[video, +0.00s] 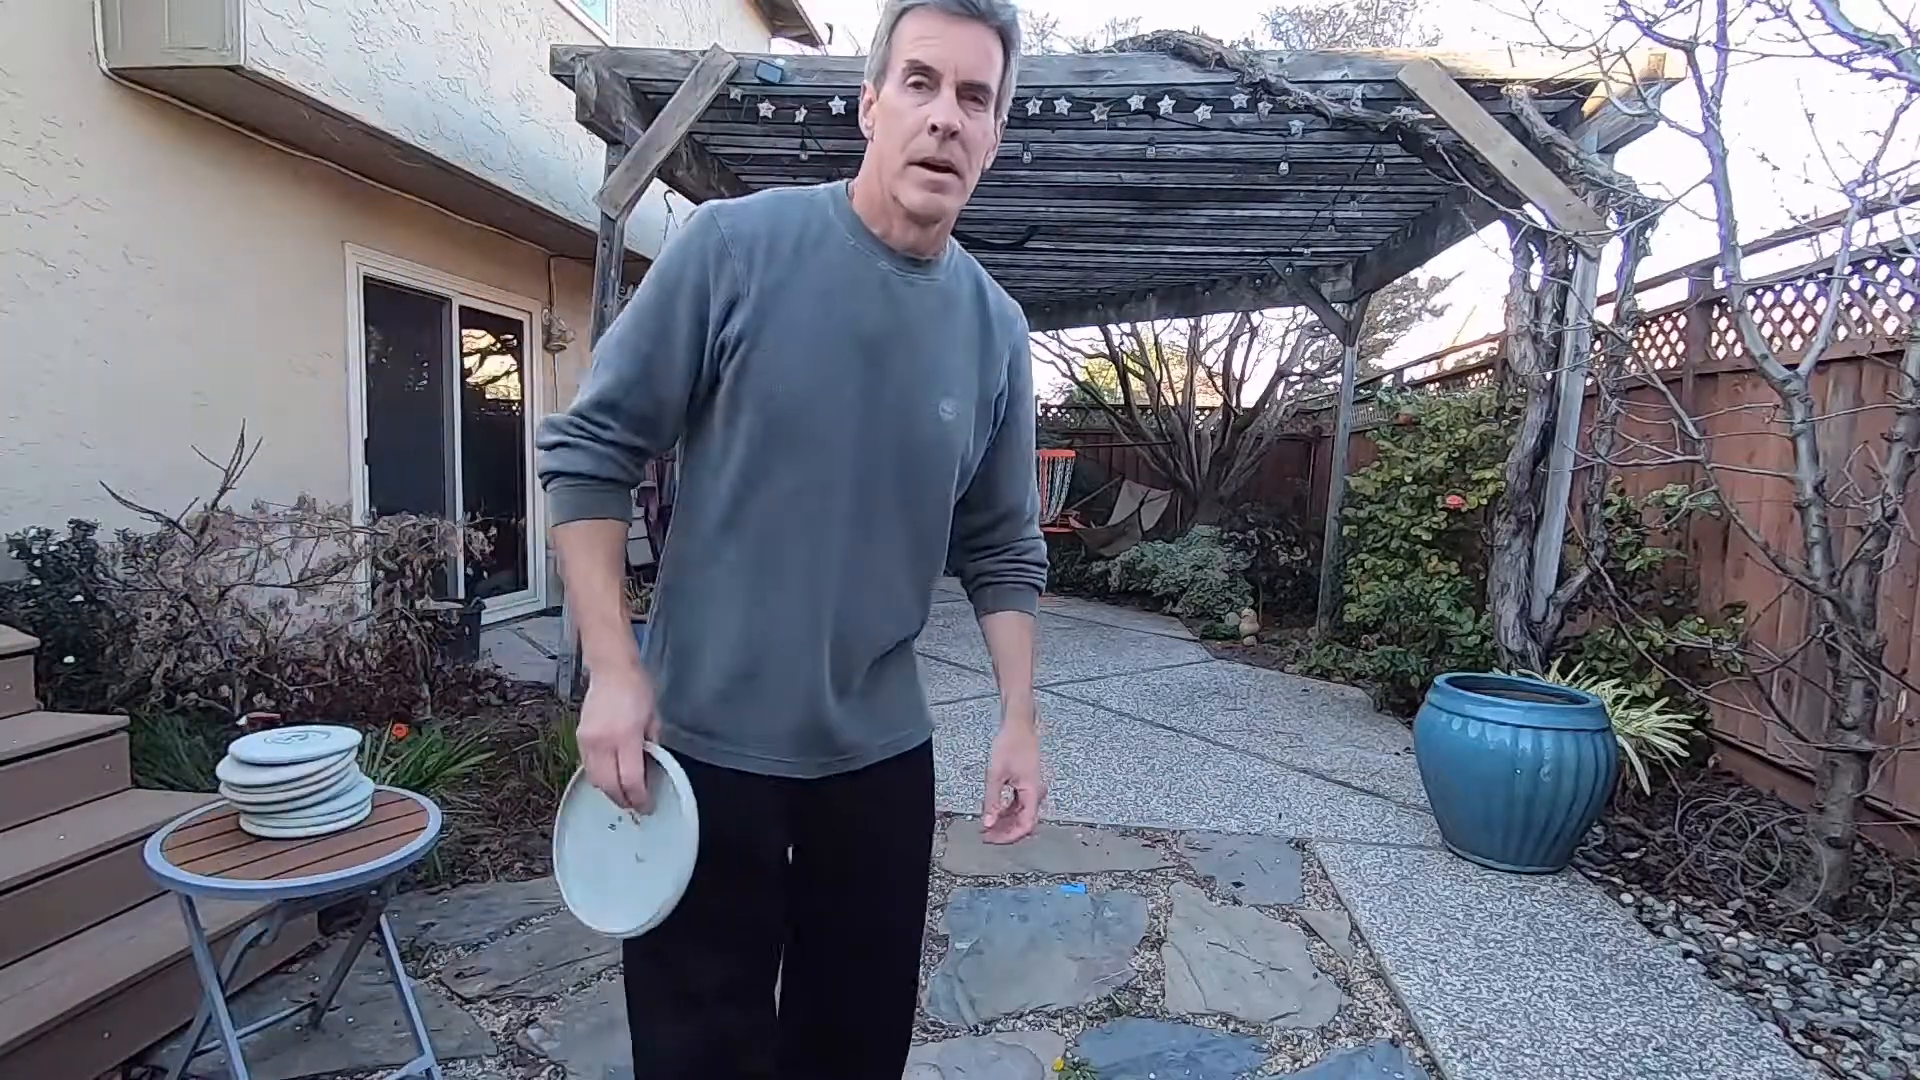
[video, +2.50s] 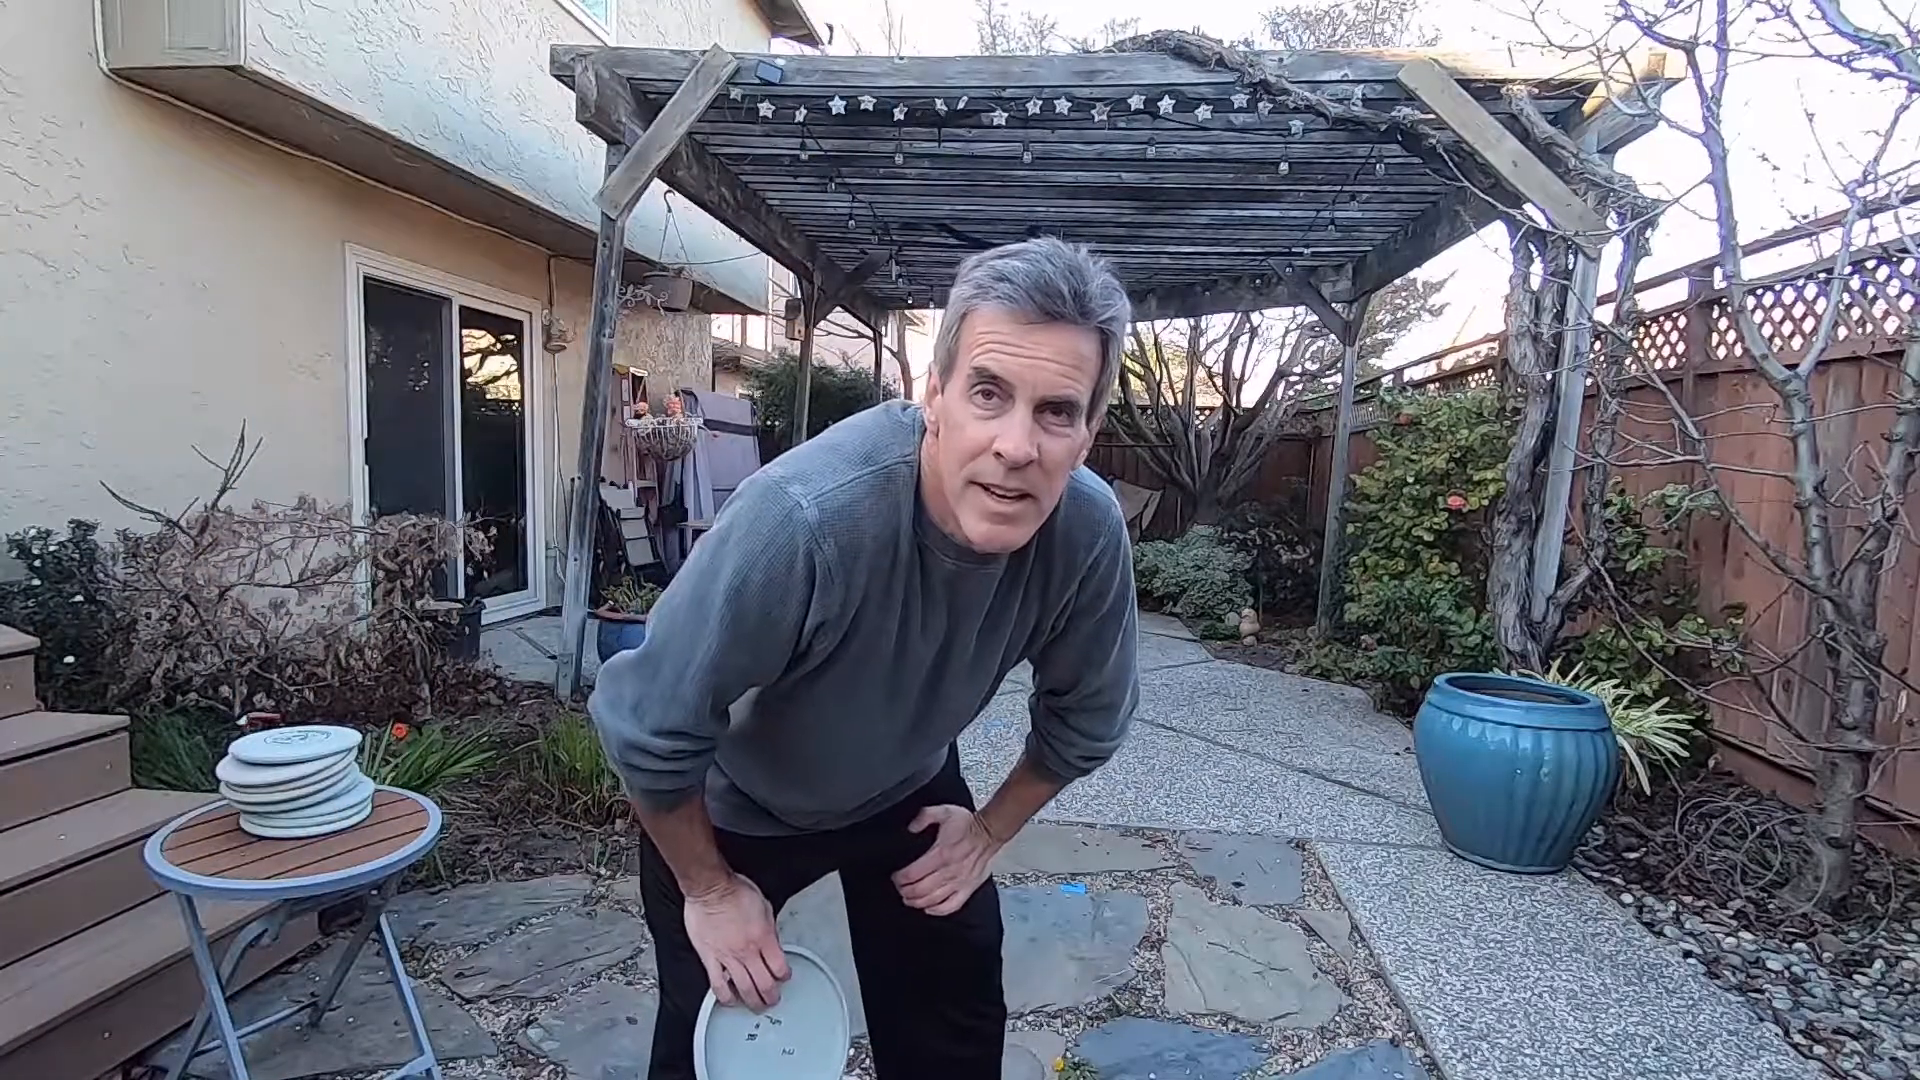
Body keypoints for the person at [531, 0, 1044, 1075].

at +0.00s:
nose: (947, 118)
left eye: (976, 97)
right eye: (921, 83)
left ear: (997, 135)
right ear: (869, 102)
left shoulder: (993, 327)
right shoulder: (732, 246)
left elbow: (1003, 543)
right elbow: (591, 450)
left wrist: (1020, 717)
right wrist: (611, 668)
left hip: (881, 747)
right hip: (706, 741)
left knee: (858, 1049)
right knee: (700, 1050)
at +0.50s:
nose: (927, 244)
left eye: (959, 205)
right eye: (891, 194)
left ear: (988, 209)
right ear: (826, 187)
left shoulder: (998, 354)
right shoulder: (699, 333)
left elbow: (1008, 571)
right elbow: (579, 591)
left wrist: (940, 739)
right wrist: (677, 796)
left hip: (863, 752)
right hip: (682, 765)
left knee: (931, 1038)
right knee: (681, 1053)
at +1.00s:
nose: (997, 464)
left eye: (1034, 424)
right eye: (969, 407)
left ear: (1061, 426)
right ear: (901, 391)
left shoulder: (1054, 517)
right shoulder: (765, 495)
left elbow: (1058, 697)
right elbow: (613, 708)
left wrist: (962, 813)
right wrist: (687, 876)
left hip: (886, 772)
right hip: (714, 786)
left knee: (938, 1033)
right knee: (693, 1043)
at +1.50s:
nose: (1001, 430)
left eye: (1036, 394)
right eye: (970, 380)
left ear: (1065, 410)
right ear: (909, 380)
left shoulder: (1064, 515)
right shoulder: (783, 497)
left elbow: (1066, 699)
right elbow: (634, 708)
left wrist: (970, 815)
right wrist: (696, 877)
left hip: (891, 772)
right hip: (724, 785)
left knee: (943, 1024)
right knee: (696, 1033)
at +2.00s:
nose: (1010, 436)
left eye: (1046, 399)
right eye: (978, 386)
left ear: (1075, 414)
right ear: (919, 383)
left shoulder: (1075, 521)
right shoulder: (793, 506)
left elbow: (1080, 706)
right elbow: (643, 712)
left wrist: (986, 824)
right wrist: (708, 883)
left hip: (905, 775)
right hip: (737, 789)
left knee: (952, 1031)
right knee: (704, 1039)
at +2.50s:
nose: (1017, 447)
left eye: (1056, 413)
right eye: (989, 396)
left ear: (1089, 431)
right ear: (931, 392)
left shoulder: (1087, 532)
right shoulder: (800, 519)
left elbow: (1087, 715)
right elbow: (646, 723)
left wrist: (991, 829)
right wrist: (710, 890)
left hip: (909, 779)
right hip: (743, 791)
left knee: (953, 1032)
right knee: (707, 1034)